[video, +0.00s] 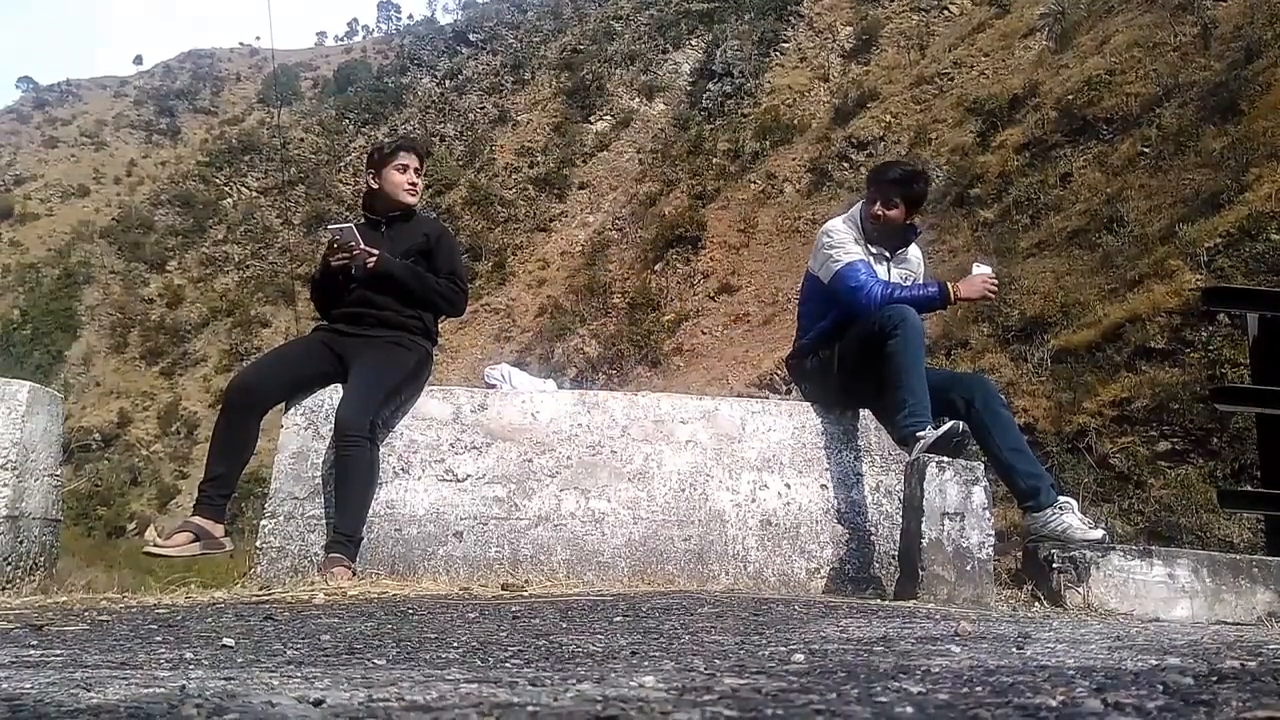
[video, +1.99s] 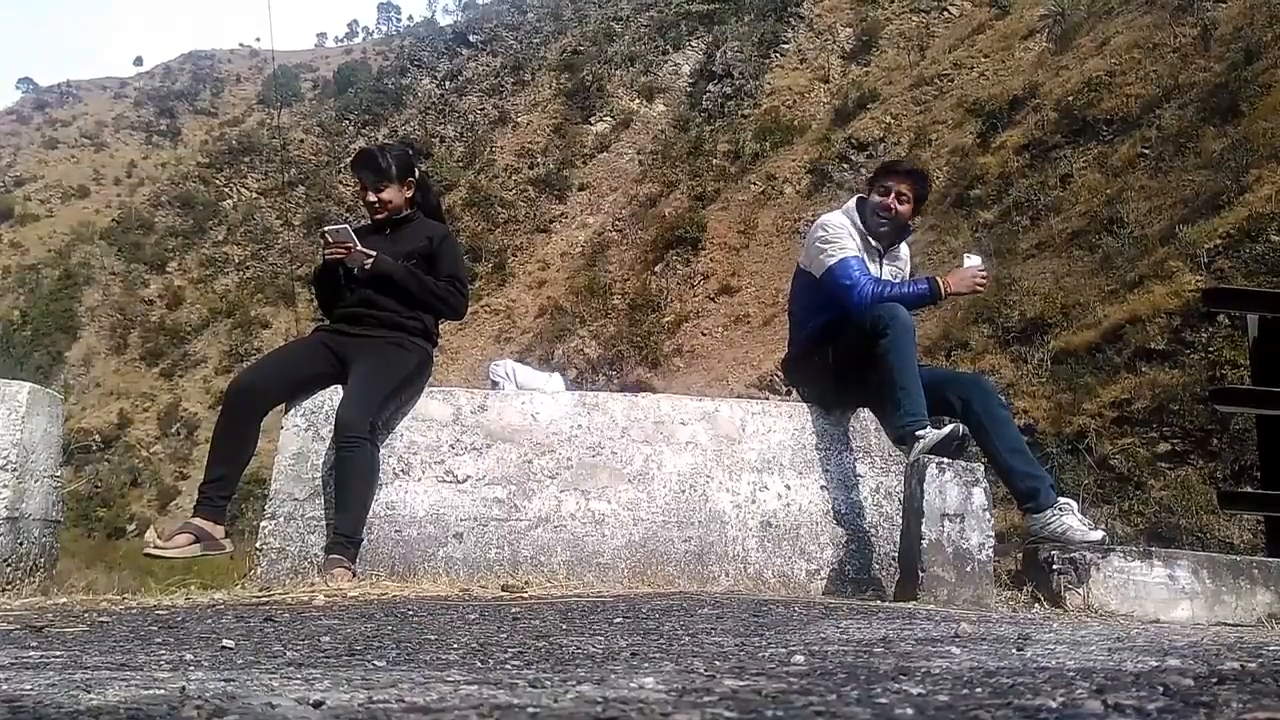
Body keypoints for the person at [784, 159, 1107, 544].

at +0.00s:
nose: (874, 208)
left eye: (887, 204)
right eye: (873, 199)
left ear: (909, 216)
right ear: (869, 200)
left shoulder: (910, 255)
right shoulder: (836, 235)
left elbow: (908, 313)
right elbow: (870, 296)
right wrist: (953, 289)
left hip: (879, 376)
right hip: (824, 372)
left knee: (976, 391)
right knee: (899, 318)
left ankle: (1043, 508)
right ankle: (916, 433)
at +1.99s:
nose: (890, 202)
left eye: (903, 199)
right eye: (884, 192)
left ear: (912, 214)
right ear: (867, 193)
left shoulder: (899, 252)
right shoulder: (831, 229)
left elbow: (889, 309)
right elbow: (861, 293)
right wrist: (942, 285)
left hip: (872, 374)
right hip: (820, 371)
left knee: (975, 390)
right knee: (892, 317)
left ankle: (1043, 509)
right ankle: (913, 433)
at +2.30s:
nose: (940, 225)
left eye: (945, 216)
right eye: (936, 211)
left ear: (908, 205)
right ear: (904, 200)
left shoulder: (902, 257)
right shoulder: (844, 227)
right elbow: (864, 293)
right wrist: (944, 287)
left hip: (871, 375)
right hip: (821, 370)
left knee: (975, 390)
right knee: (894, 317)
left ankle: (1043, 509)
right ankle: (914, 433)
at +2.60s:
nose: (959, 232)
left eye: (964, 223)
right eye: (956, 219)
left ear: (928, 214)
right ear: (925, 208)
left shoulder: (915, 254)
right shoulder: (865, 229)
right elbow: (873, 294)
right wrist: (952, 291)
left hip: (876, 373)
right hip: (828, 368)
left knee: (976, 390)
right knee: (902, 317)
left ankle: (1043, 507)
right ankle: (916, 429)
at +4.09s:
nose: (915, 209)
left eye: (928, 205)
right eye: (908, 197)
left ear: (939, 217)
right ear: (892, 196)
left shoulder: (921, 257)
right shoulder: (857, 228)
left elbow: (912, 313)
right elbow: (874, 293)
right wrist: (951, 290)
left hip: (881, 373)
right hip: (826, 367)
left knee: (976, 387)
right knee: (904, 316)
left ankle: (1043, 504)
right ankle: (918, 428)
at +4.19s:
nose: (907, 209)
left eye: (921, 205)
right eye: (901, 198)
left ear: (936, 217)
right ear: (891, 197)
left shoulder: (921, 254)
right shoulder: (855, 229)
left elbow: (914, 308)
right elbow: (875, 292)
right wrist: (951, 290)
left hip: (880, 373)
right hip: (825, 368)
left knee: (977, 388)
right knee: (904, 317)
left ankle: (1043, 505)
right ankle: (918, 429)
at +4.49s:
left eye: (912, 212)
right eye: (919, 220)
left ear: (922, 218)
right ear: (891, 203)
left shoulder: (919, 252)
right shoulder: (851, 228)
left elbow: (914, 308)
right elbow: (875, 290)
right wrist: (956, 292)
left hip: (880, 373)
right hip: (825, 367)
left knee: (976, 387)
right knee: (903, 316)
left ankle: (1043, 504)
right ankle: (917, 429)